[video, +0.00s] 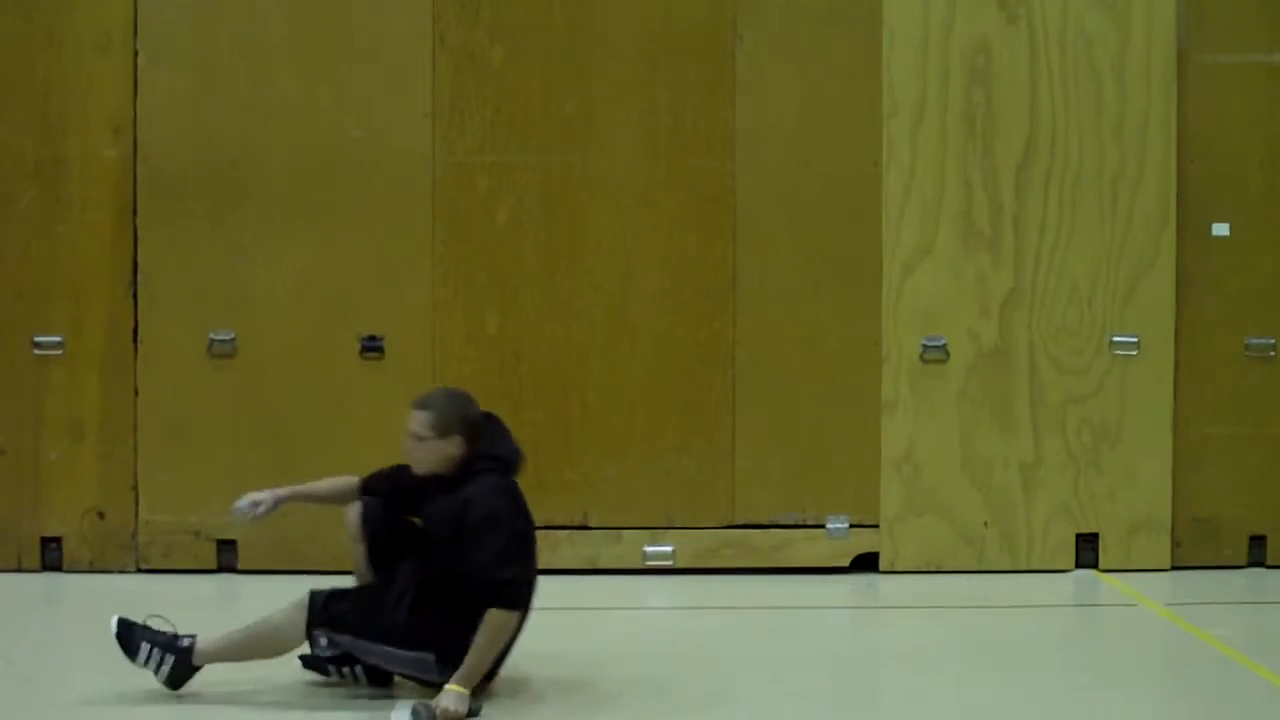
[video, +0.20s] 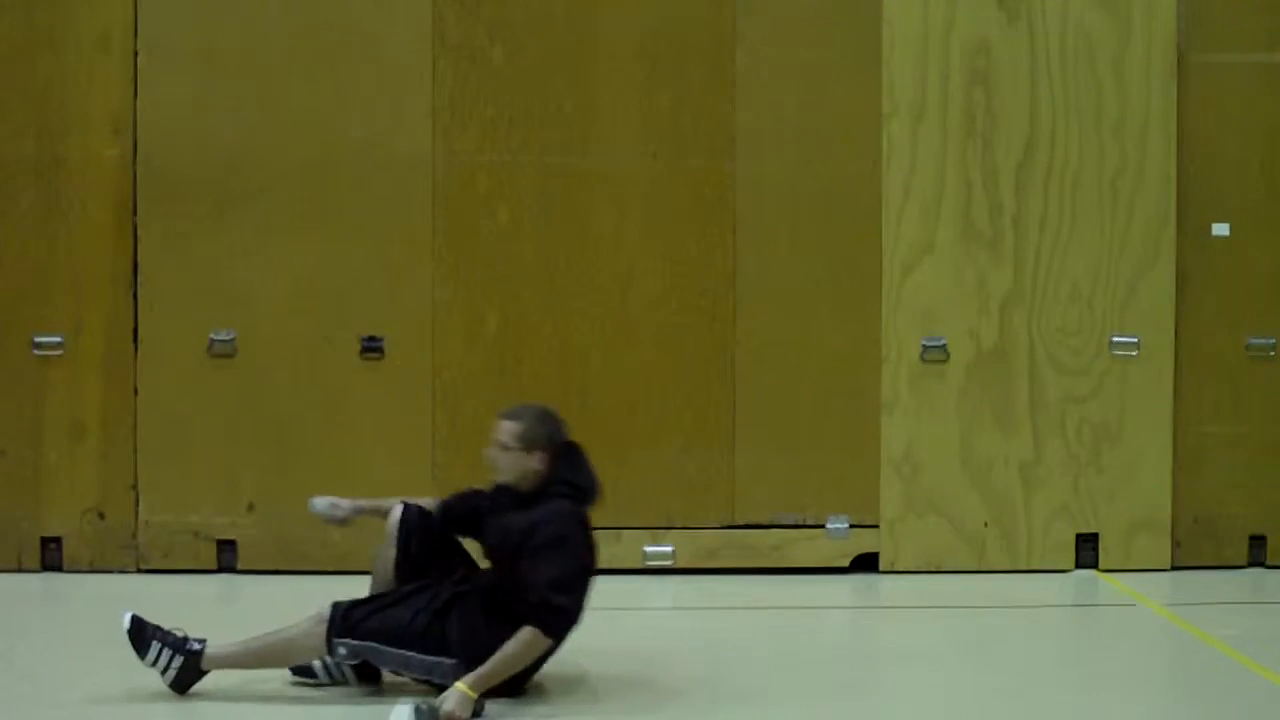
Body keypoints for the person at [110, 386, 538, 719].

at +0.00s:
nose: (408, 449)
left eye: (419, 440)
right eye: (409, 438)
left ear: (458, 444)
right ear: (432, 442)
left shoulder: (493, 500)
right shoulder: (431, 478)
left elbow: (509, 603)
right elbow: (363, 487)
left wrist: (462, 684)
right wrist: (282, 494)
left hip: (453, 644)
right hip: (430, 611)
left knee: (315, 610)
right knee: (368, 515)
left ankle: (188, 656)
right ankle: (375, 655)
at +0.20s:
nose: (492, 458)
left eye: (503, 450)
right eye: (495, 449)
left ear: (538, 460)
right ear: (525, 457)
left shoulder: (561, 528)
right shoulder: (513, 500)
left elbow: (544, 630)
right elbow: (437, 510)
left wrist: (470, 687)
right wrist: (358, 508)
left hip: (484, 645)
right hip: (476, 604)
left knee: (335, 625)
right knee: (408, 523)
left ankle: (197, 660)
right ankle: (360, 659)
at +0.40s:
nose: (578, 474)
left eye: (592, 470)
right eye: (581, 464)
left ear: (626, 490)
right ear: (592, 480)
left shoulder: (619, 566)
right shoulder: (576, 525)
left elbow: (566, 649)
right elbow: (499, 539)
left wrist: (479, 688)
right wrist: (422, 518)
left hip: (488, 650)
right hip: (485, 604)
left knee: (349, 611)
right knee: (395, 530)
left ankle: (208, 657)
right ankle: (337, 652)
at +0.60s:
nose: (644, 512)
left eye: (659, 512)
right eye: (649, 503)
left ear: (687, 537)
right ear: (652, 515)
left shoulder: (654, 605)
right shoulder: (632, 559)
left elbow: (582, 664)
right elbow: (550, 565)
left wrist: (493, 680)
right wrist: (480, 524)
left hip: (493, 640)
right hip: (499, 600)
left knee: (363, 599)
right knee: (406, 528)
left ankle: (229, 650)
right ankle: (335, 645)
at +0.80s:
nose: (696, 551)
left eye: (712, 554)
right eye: (703, 545)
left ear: (727, 586)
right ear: (701, 563)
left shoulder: (681, 641)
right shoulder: (664, 593)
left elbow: (590, 679)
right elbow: (579, 585)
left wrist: (511, 644)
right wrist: (533, 527)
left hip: (510, 643)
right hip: (524, 607)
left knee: (391, 558)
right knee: (426, 512)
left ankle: (276, 636)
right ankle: (350, 620)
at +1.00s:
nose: (719, 566)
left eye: (735, 571)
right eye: (727, 561)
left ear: (746, 604)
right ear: (724, 577)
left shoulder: (693, 641)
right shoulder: (689, 610)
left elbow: (600, 672)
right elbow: (598, 597)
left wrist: (560, 591)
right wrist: (577, 530)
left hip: (515, 643)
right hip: (532, 609)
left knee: (421, 533)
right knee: (438, 504)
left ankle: (338, 647)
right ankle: (388, 627)